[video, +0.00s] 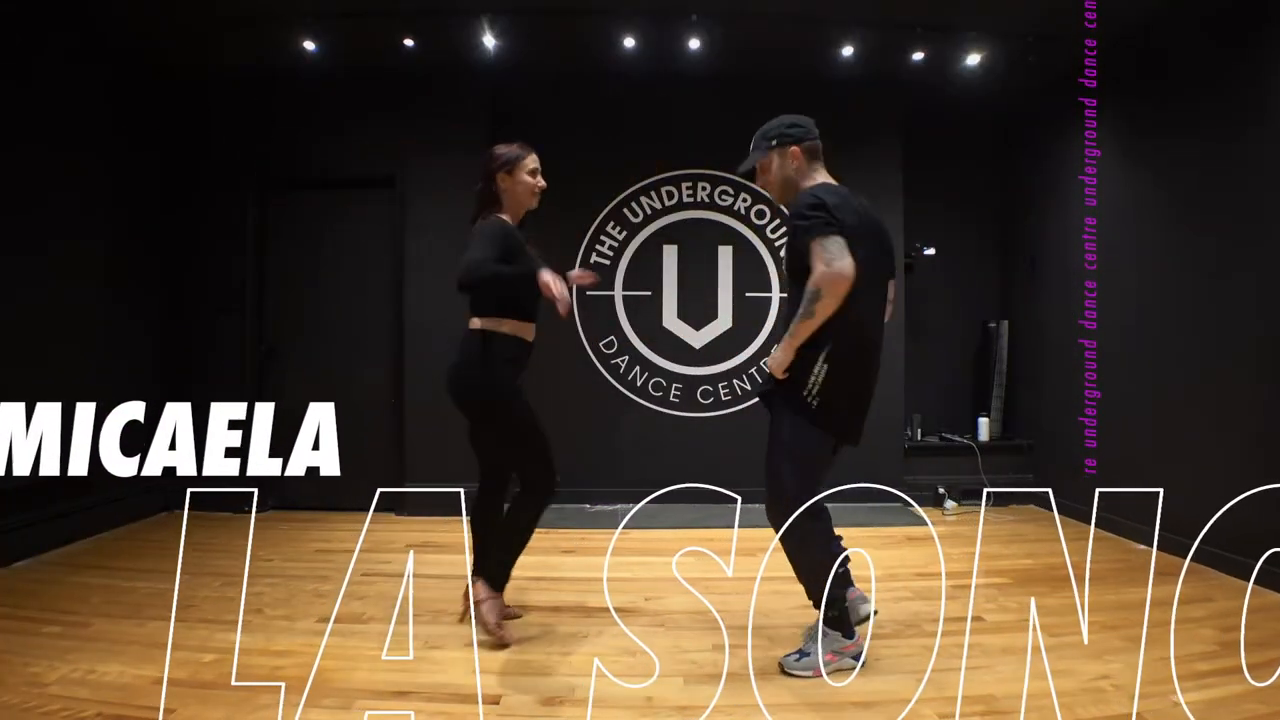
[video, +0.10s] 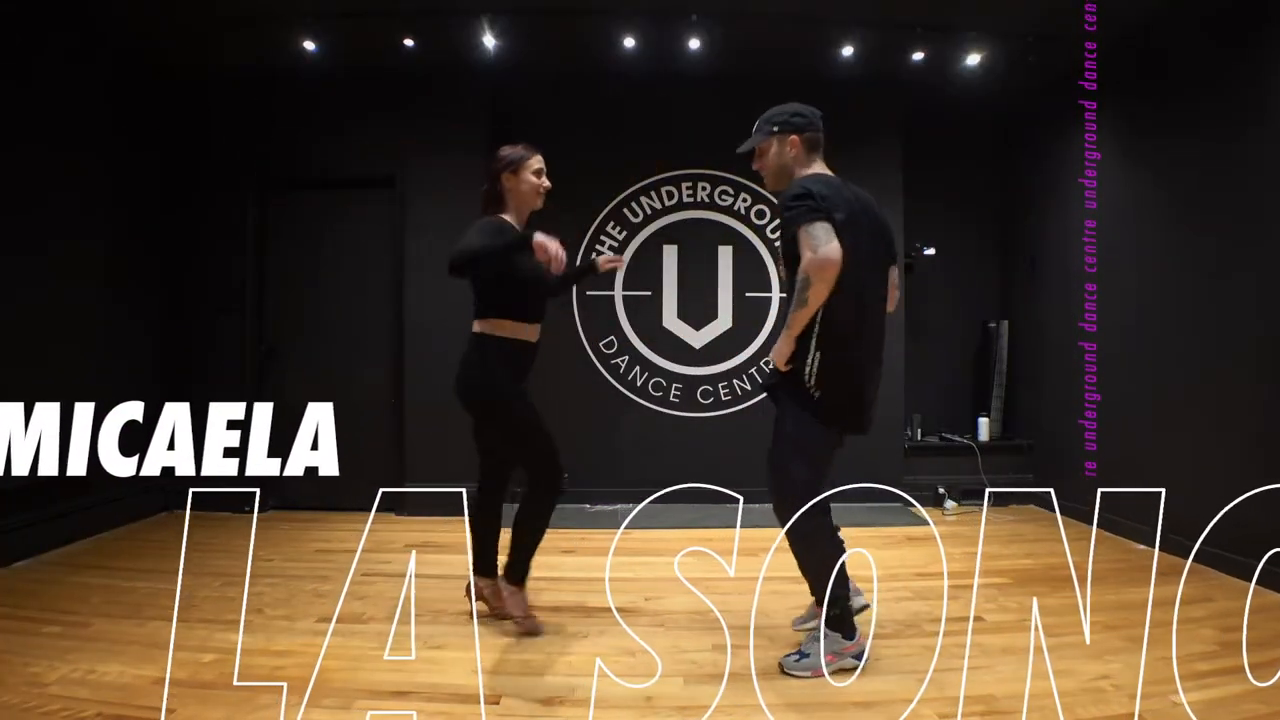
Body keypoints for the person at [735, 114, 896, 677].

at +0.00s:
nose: (761, 181)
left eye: (764, 168)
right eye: (759, 171)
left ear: (793, 154)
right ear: (803, 157)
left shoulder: (812, 204)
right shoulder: (863, 210)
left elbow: (836, 270)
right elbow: (885, 305)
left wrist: (788, 344)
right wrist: (829, 343)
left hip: (814, 384)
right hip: (844, 386)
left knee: (789, 502)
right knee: (795, 495)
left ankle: (837, 634)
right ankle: (845, 594)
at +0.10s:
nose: (757, 164)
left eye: (762, 151)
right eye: (756, 153)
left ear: (792, 142)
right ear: (804, 146)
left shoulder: (804, 193)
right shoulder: (863, 202)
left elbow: (823, 257)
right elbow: (888, 297)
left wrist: (789, 336)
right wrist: (826, 312)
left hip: (815, 380)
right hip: (848, 380)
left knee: (793, 494)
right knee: (800, 487)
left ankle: (839, 636)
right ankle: (839, 594)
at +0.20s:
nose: (755, 155)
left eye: (760, 142)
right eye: (755, 144)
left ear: (789, 137)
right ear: (804, 141)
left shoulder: (803, 186)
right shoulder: (859, 195)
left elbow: (830, 246)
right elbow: (889, 286)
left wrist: (794, 330)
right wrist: (828, 306)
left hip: (821, 374)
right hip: (851, 374)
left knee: (804, 484)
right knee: (801, 476)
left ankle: (846, 640)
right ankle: (830, 583)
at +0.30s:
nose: (754, 153)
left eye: (760, 141)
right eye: (755, 142)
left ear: (791, 137)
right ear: (795, 140)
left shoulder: (820, 187)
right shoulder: (812, 197)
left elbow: (865, 249)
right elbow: (847, 283)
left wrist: (816, 334)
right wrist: (793, 291)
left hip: (835, 384)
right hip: (821, 381)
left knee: (820, 496)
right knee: (789, 481)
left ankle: (850, 641)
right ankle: (828, 591)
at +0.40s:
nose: (758, 156)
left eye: (765, 144)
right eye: (758, 146)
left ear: (795, 142)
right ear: (797, 145)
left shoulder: (835, 198)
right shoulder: (816, 208)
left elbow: (896, 262)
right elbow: (845, 292)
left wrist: (836, 337)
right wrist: (791, 308)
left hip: (838, 388)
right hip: (814, 384)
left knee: (819, 497)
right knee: (783, 492)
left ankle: (850, 640)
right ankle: (830, 601)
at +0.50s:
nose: (768, 170)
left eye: (775, 154)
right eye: (766, 156)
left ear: (809, 147)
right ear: (793, 153)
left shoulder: (861, 219)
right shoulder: (797, 224)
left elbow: (915, 289)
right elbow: (813, 311)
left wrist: (858, 347)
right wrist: (769, 344)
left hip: (837, 384)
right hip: (798, 382)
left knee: (815, 495)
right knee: (784, 493)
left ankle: (846, 634)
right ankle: (828, 606)